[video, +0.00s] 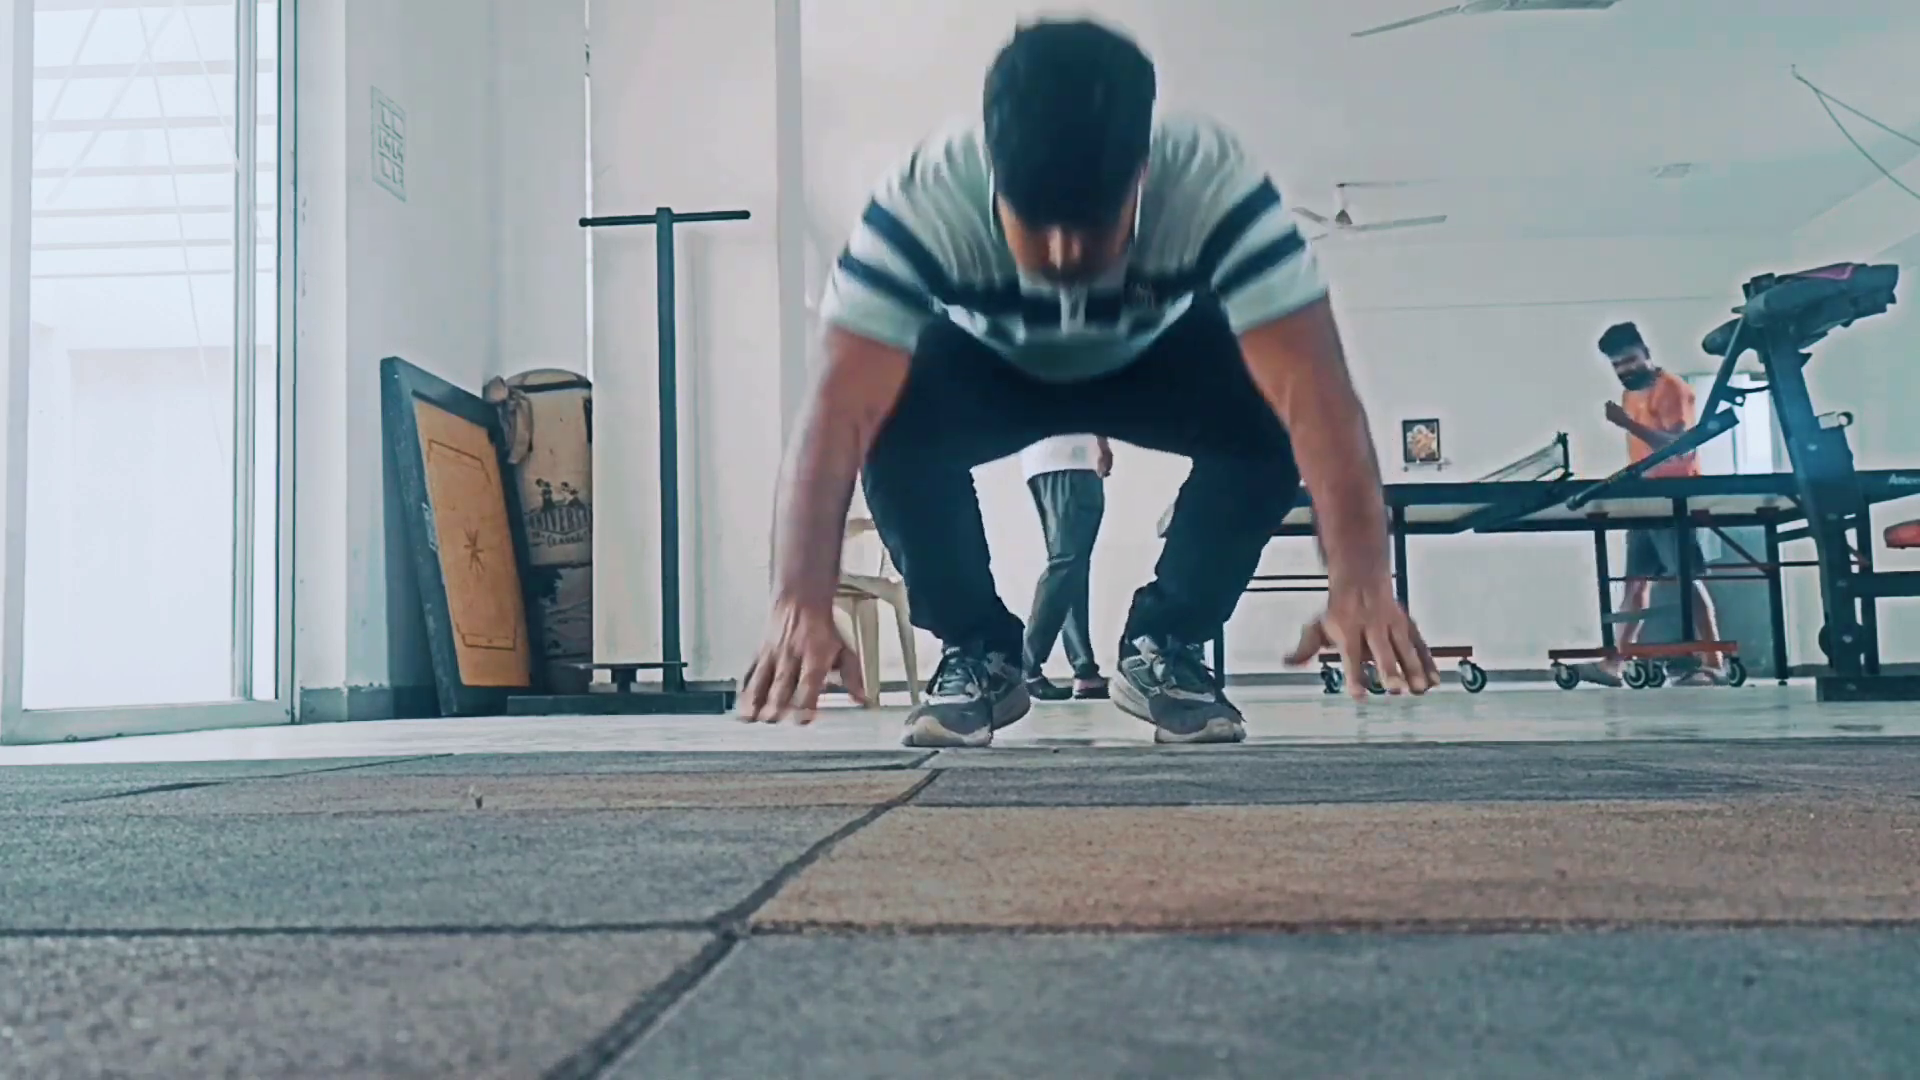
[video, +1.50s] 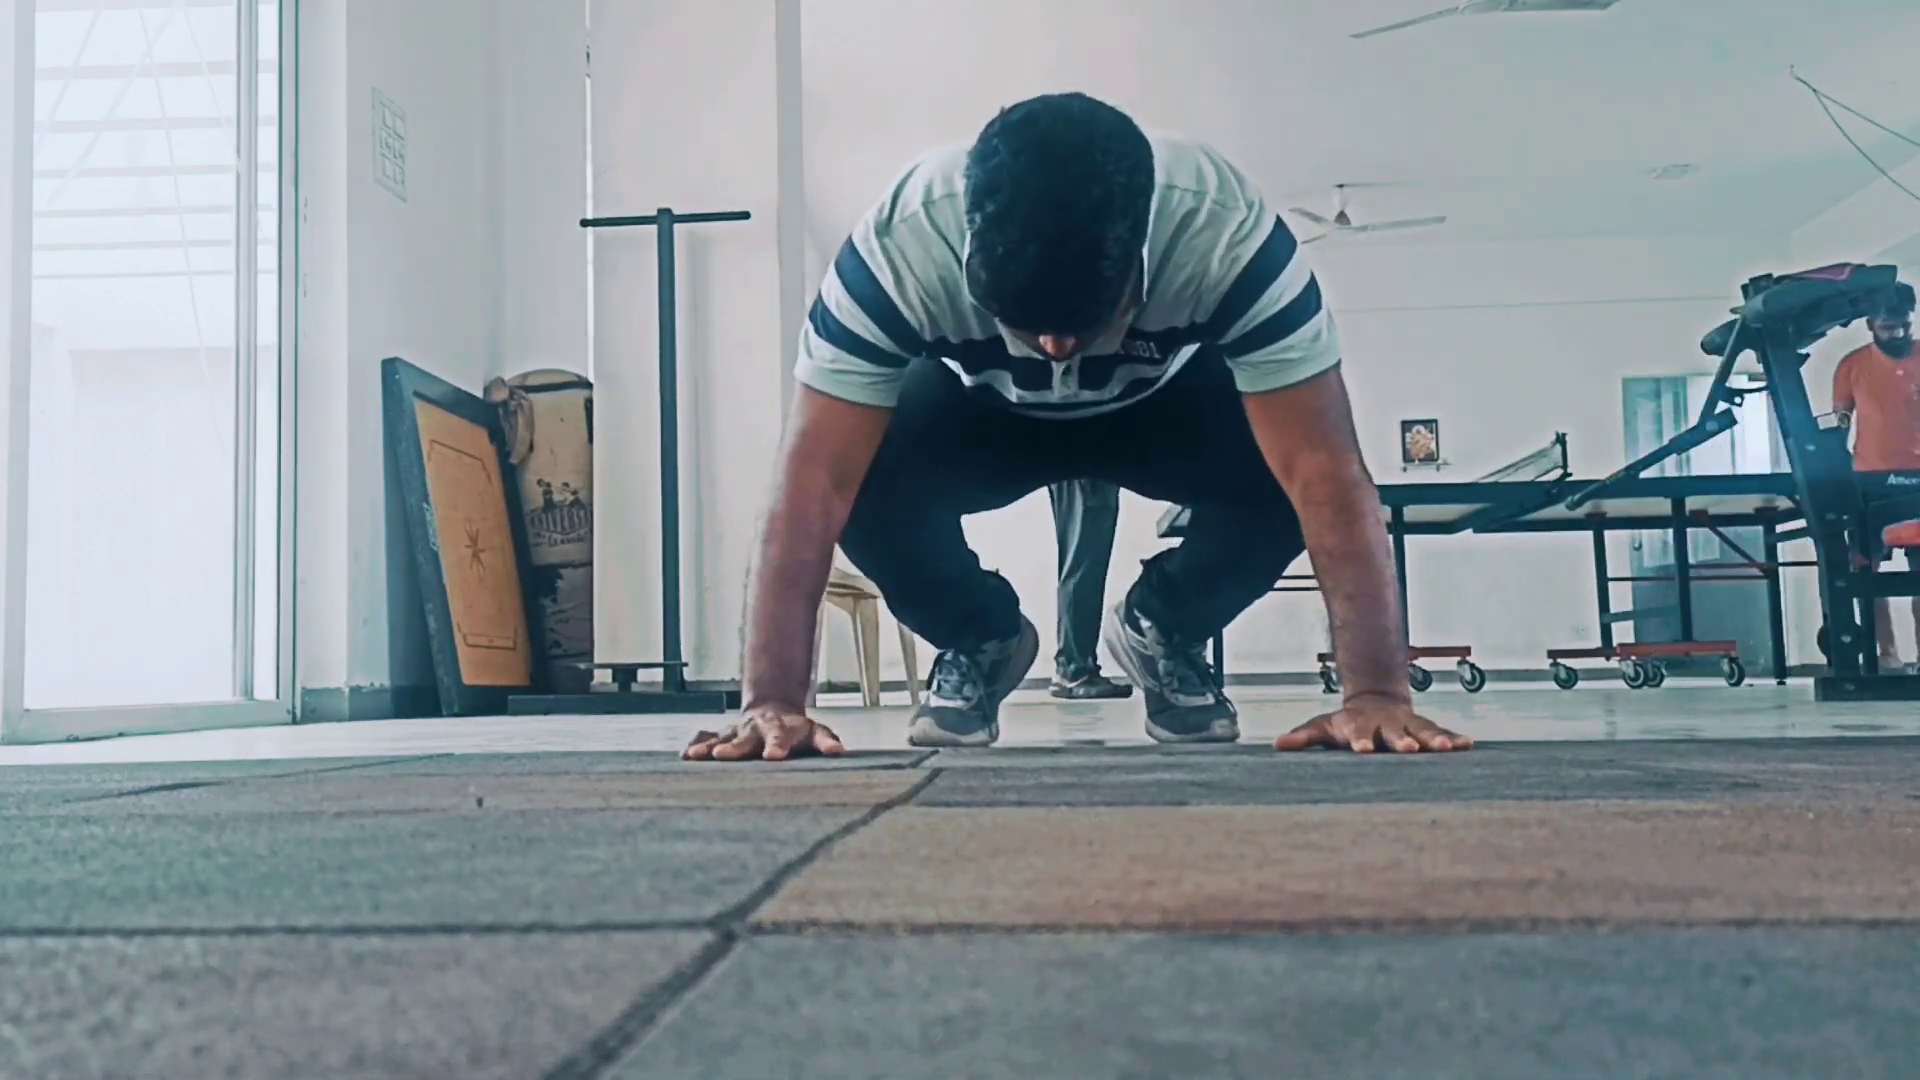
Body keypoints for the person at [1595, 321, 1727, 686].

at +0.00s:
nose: (1623, 370)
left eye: (1628, 361)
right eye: (1616, 364)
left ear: (1646, 354)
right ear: (1612, 365)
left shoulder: (1672, 388)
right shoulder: (1631, 396)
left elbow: (1678, 445)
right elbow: (1643, 451)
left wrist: (1627, 423)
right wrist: (1627, 487)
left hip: (1673, 493)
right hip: (1643, 494)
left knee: (1691, 580)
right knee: (1635, 582)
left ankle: (1714, 664)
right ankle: (1614, 663)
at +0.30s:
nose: (1684, 361)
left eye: (1690, 352)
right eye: (1676, 354)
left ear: (1704, 346)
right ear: (1669, 353)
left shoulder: (1728, 377)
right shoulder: (1678, 389)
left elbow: (1745, 435)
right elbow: (1677, 444)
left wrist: (1708, 426)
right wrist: (1673, 489)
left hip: (1723, 482)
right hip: (1689, 485)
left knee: (1718, 571)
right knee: (1696, 579)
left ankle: (1718, 662)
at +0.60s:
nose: (1746, 362)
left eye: (1752, 355)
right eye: (1739, 356)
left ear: (1766, 356)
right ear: (1730, 361)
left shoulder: (1781, 388)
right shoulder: (1730, 397)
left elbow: (1789, 432)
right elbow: (1718, 450)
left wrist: (1756, 408)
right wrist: (1701, 495)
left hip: (1779, 492)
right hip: (1747, 495)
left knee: (1754, 577)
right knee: (1780, 581)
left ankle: (1731, 659)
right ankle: (1817, 658)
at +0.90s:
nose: (1771, 354)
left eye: (1777, 344)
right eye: (1768, 347)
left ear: (1797, 341)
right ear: (1766, 350)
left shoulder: (1831, 371)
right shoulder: (1769, 383)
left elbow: (1861, 425)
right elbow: (1763, 437)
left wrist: (1826, 410)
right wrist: (1752, 483)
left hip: (1830, 486)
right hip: (1791, 488)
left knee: (1829, 571)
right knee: (1805, 575)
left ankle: (1831, 657)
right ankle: (1819, 658)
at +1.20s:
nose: (1855, 341)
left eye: (1861, 333)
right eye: (1846, 335)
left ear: (1870, 332)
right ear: (1831, 337)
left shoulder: (1895, 370)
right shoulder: (1815, 377)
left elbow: (1916, 426)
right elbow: (1798, 431)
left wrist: (1890, 409)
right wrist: (1823, 430)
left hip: (1891, 481)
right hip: (1838, 485)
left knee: (1910, 574)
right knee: (1832, 573)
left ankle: (1918, 659)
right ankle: (1824, 658)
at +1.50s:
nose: (1895, 335)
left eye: (1901, 326)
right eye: (1885, 327)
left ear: (1912, 322)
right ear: (1871, 325)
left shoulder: (1918, 357)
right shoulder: (1853, 365)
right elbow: (1838, 424)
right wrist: (1834, 467)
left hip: (1915, 477)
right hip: (1870, 481)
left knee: (1918, 570)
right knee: (1869, 572)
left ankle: (1916, 653)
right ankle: (1887, 652)